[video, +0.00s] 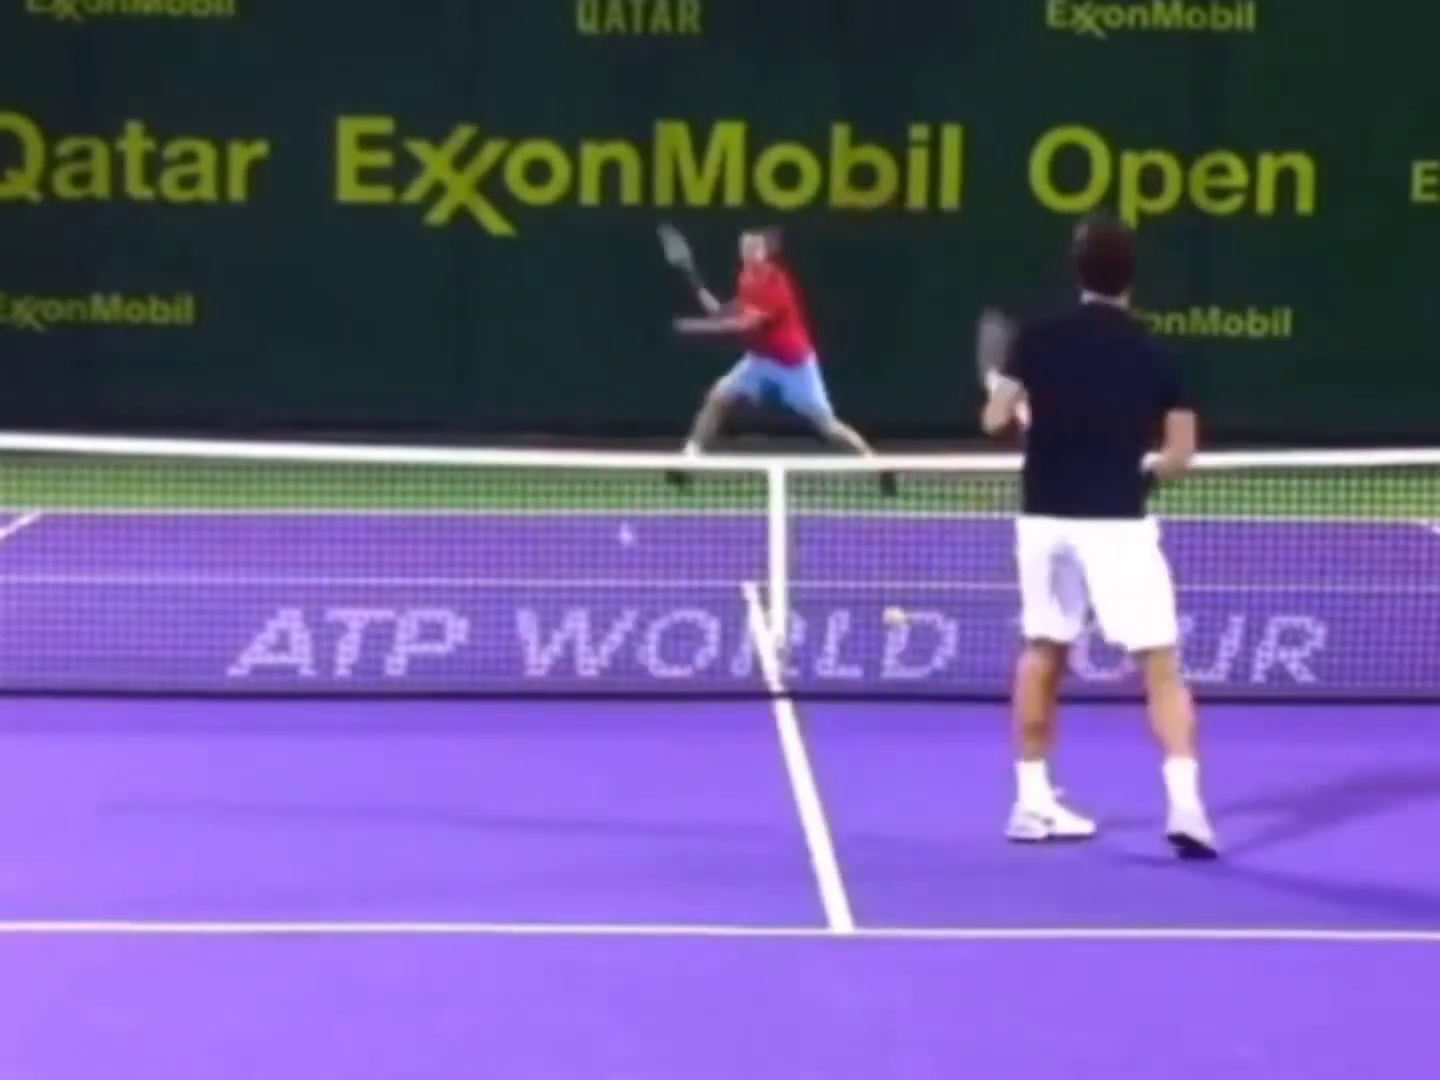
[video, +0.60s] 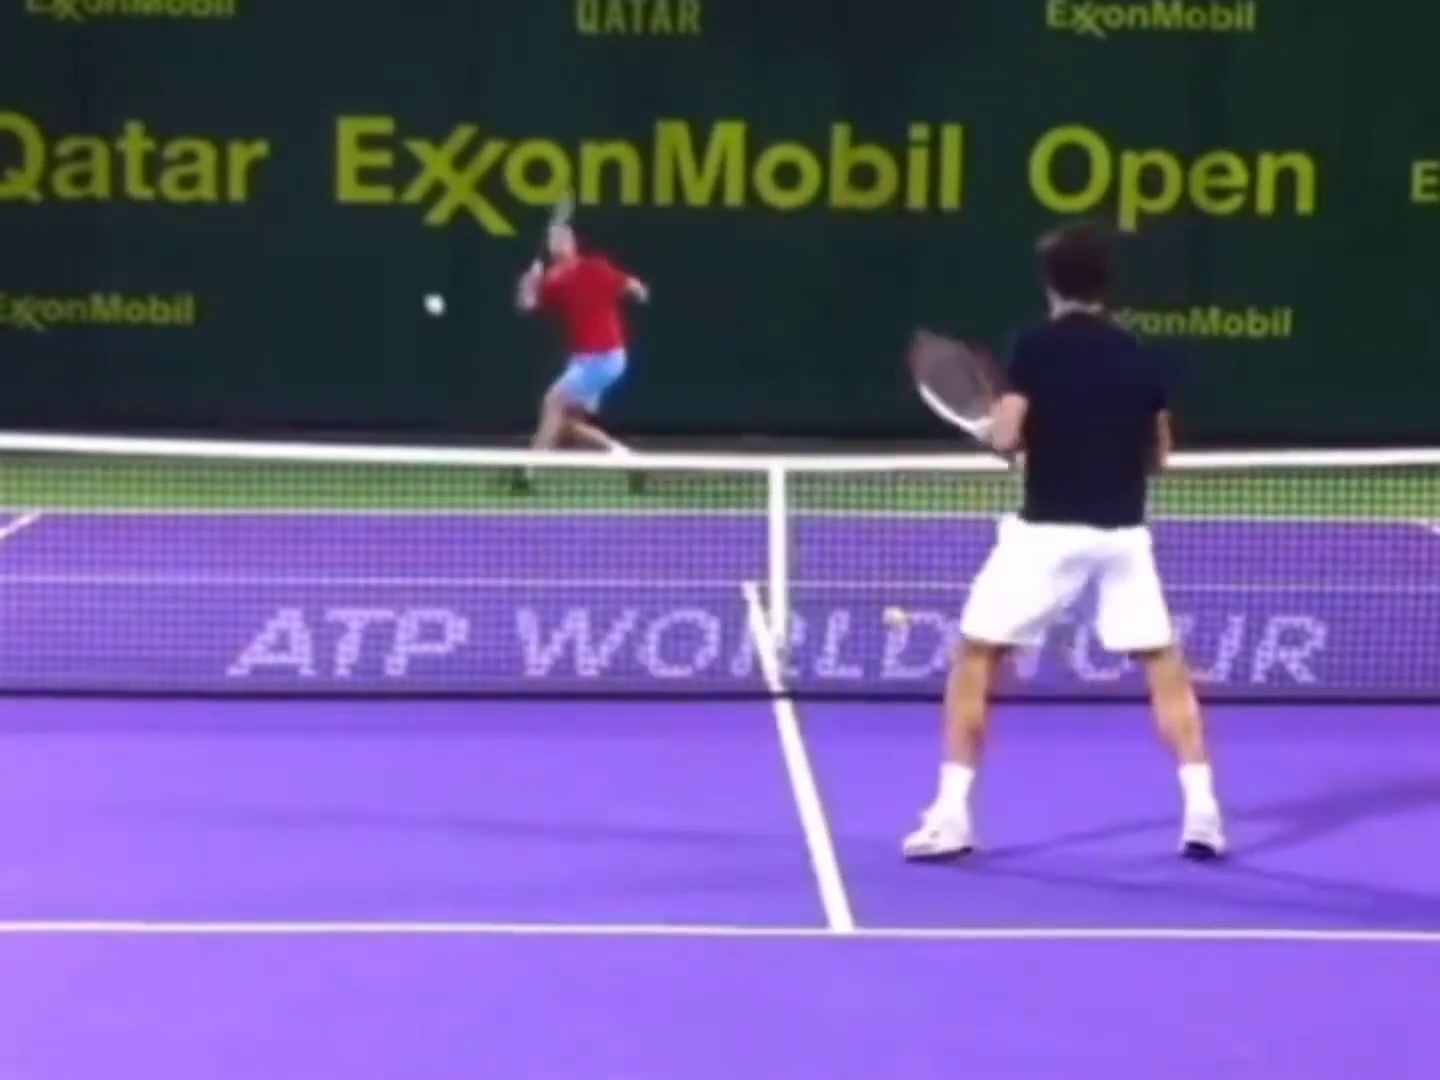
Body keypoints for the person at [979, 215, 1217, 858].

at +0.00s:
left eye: (1092, 266)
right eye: (1121, 268)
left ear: (1075, 275)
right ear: (1132, 277)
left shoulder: (1037, 339)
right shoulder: (1152, 350)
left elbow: (996, 422)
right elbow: (1179, 454)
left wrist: (1023, 414)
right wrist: (1144, 468)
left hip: (1043, 521)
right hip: (1119, 526)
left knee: (1041, 651)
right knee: (1160, 662)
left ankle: (1032, 797)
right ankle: (1185, 800)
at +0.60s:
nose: (1052, 292)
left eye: (1050, 282)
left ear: (1049, 286)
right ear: (1106, 285)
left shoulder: (1037, 345)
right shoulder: (1138, 354)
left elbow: (1006, 436)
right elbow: (1160, 454)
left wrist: (988, 419)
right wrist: (1104, 435)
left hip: (1047, 532)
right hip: (1126, 535)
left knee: (976, 653)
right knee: (1164, 665)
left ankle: (950, 808)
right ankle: (1201, 805)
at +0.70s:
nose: (1005, 299)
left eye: (1007, 290)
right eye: (1010, 289)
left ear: (1014, 296)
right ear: (1066, 296)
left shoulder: (1025, 358)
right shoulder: (1084, 357)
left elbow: (997, 441)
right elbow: (1060, 446)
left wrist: (959, 418)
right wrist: (979, 431)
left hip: (1028, 549)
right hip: (1099, 548)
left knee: (945, 663)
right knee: (1139, 679)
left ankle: (948, 816)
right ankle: (1196, 807)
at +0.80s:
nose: (950, 300)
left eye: (958, 290)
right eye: (954, 289)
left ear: (971, 300)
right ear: (1006, 301)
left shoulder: (983, 359)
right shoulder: (1016, 358)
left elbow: (968, 438)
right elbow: (956, 443)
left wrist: (916, 385)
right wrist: (902, 438)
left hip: (986, 551)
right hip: (1048, 545)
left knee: (910, 669)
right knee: (1099, 671)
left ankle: (981, 803)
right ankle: (1186, 793)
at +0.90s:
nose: (883, 306)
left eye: (890, 298)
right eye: (890, 298)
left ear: (900, 307)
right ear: (929, 308)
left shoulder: (933, 357)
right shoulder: (901, 364)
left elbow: (923, 429)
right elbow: (846, 408)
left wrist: (884, 356)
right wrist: (803, 388)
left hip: (934, 556)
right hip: (983, 546)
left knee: (896, 689)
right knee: (1026, 681)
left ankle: (987, 812)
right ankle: (1134, 769)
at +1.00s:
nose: (817, 312)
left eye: (823, 306)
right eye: (818, 305)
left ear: (839, 320)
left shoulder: (867, 368)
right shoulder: (834, 372)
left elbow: (858, 427)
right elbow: (786, 387)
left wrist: (825, 349)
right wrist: (750, 355)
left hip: (900, 547)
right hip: (896, 544)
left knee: (874, 688)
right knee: (908, 678)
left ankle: (981, 803)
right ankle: (1017, 751)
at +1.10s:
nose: (732, 306)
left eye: (741, 297)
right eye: (733, 297)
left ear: (763, 304)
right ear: (775, 304)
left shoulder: (801, 361)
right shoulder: (750, 363)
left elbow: (801, 399)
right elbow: (653, 378)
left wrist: (729, 368)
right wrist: (596, 347)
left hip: (853, 549)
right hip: (802, 550)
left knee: (861, 691)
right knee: (748, 654)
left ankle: (976, 798)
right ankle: (813, 782)